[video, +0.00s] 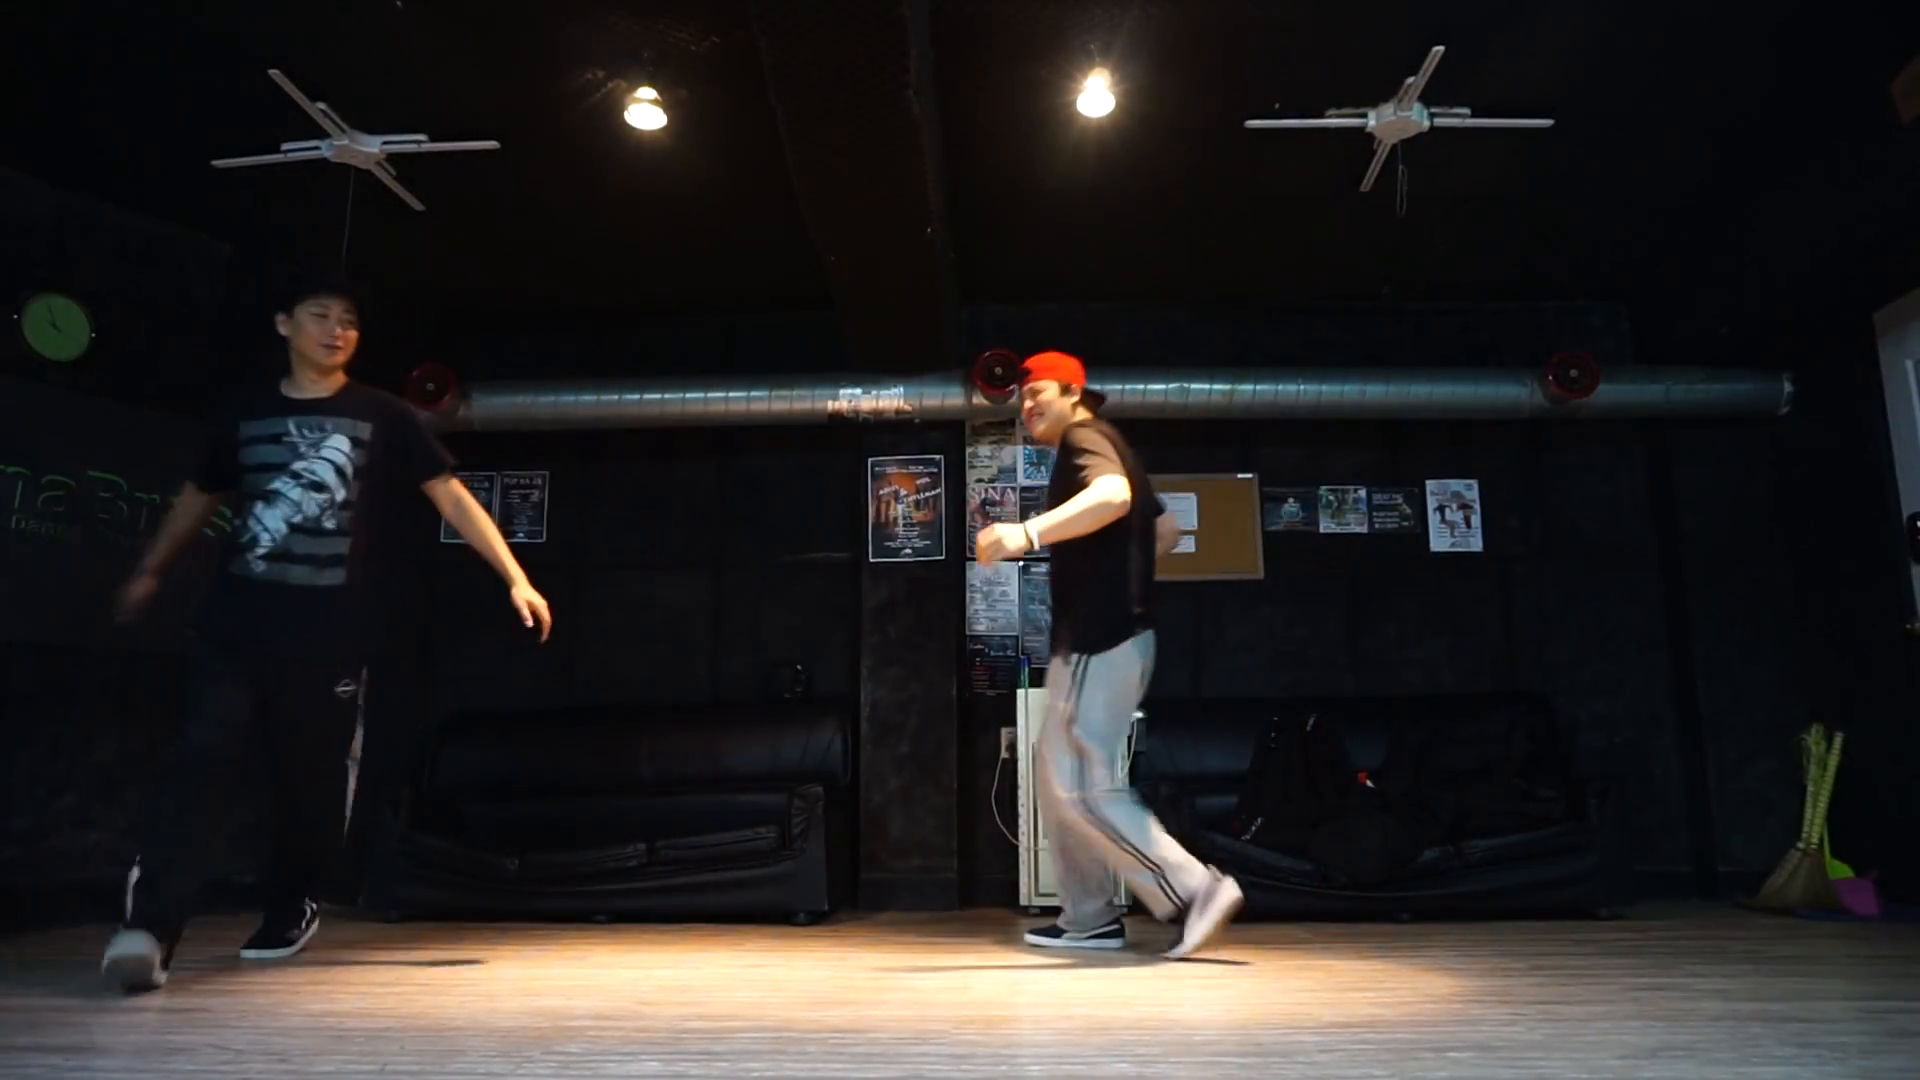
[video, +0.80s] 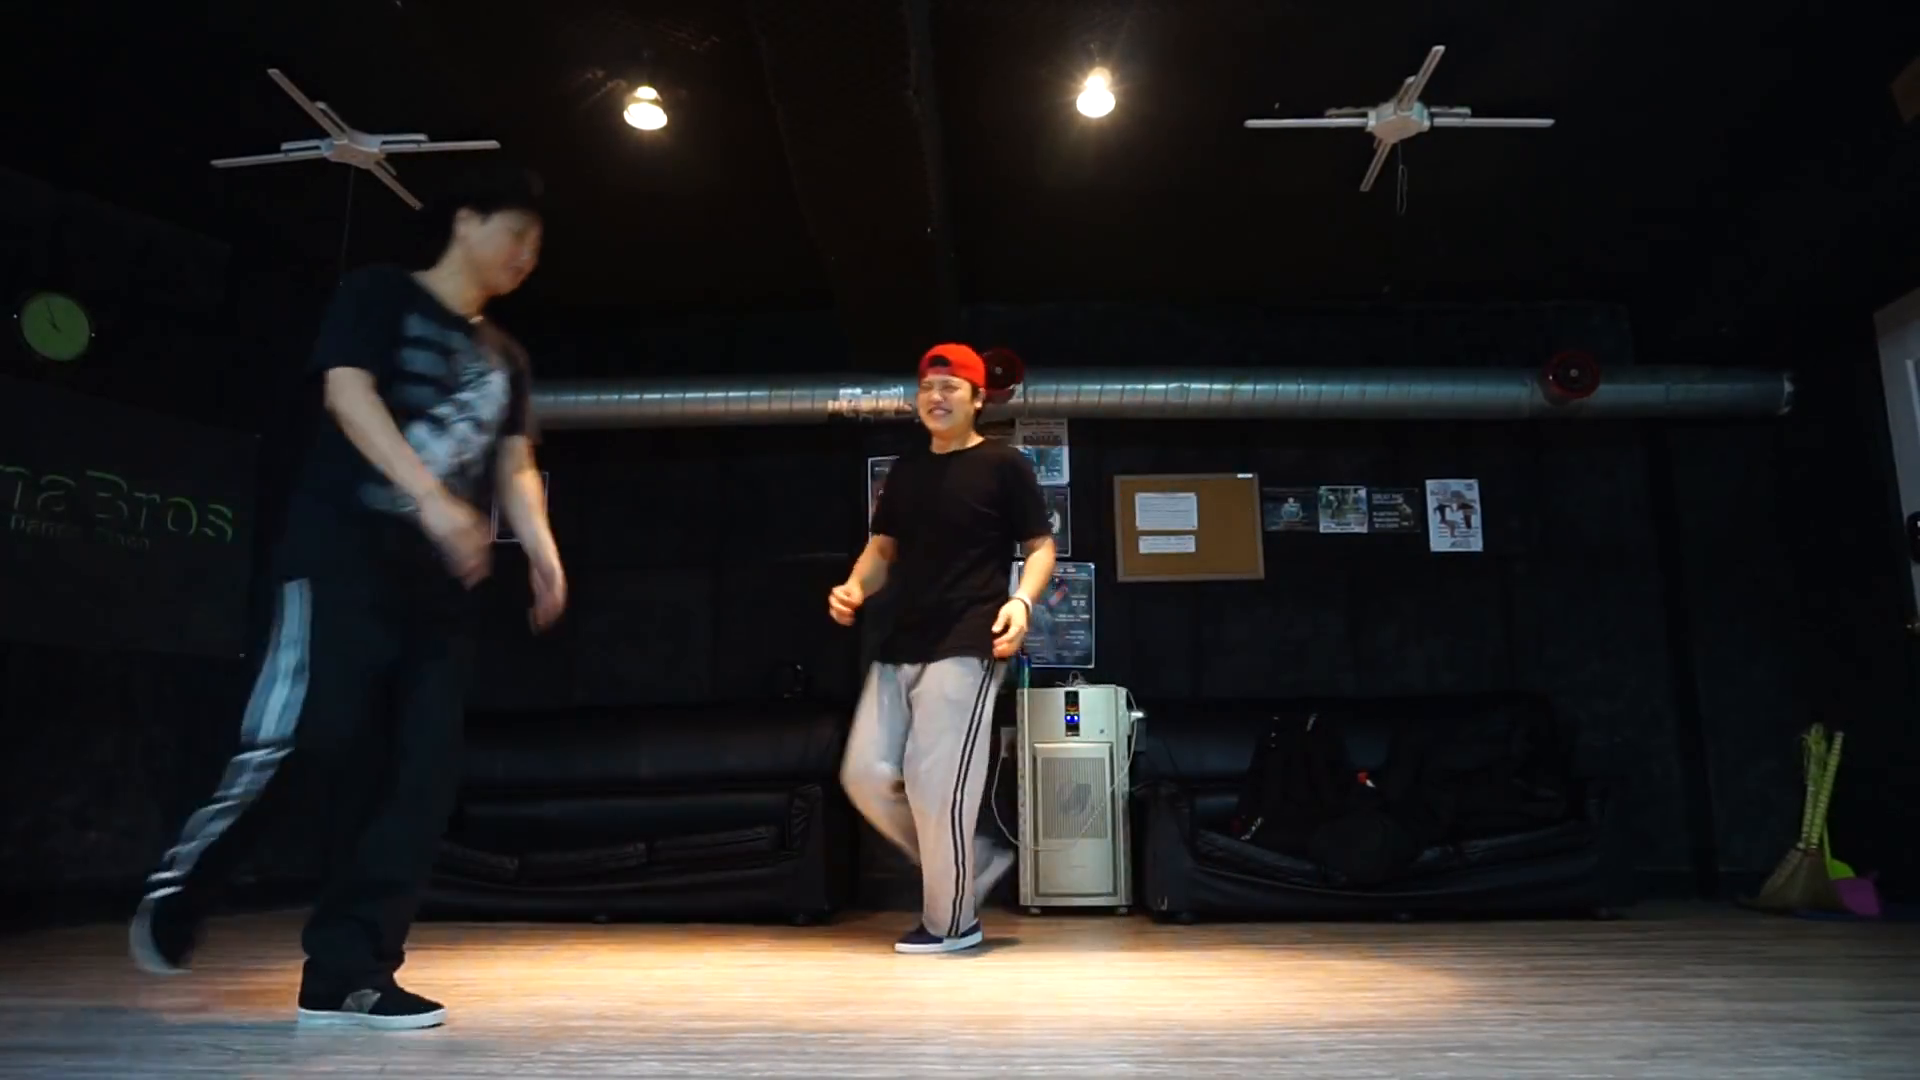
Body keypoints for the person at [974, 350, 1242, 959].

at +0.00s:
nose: (1026, 406)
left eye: (1037, 394)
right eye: (1023, 397)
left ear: (1071, 395)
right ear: (1035, 405)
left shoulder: (1084, 435)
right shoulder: (1101, 441)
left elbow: (1111, 494)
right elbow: (1166, 528)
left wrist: (1025, 534)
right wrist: (1099, 564)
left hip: (1105, 645)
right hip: (1091, 643)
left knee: (1085, 787)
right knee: (1061, 782)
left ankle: (1200, 892)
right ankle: (1090, 923)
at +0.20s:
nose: (1002, 415)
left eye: (1014, 404)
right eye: (997, 407)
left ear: (1047, 409)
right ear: (995, 418)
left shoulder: (1067, 454)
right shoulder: (1049, 466)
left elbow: (1109, 513)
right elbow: (1073, 549)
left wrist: (1048, 570)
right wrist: (1020, 562)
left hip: (1063, 646)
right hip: (1079, 647)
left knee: (994, 773)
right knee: (1035, 776)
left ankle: (1108, 878)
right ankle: (1086, 914)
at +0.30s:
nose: (992, 405)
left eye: (1004, 392)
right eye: (986, 396)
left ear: (1037, 399)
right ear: (984, 407)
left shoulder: (1058, 448)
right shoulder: (1033, 460)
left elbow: (1111, 508)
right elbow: (1038, 553)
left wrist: (1057, 570)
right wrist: (977, 548)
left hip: (1046, 643)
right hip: (1057, 643)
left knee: (978, 765)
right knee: (1044, 778)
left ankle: (1045, 904)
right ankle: (1093, 916)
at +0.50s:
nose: (970, 385)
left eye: (983, 376)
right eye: (964, 377)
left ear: (1012, 390)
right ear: (957, 393)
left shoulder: (1035, 444)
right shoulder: (973, 465)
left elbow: (1097, 509)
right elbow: (952, 552)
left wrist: (1049, 578)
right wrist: (883, 541)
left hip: (1019, 634)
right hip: (993, 636)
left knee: (966, 766)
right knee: (1025, 774)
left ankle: (950, 917)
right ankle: (1089, 912)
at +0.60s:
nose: (957, 392)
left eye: (972, 383)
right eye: (950, 384)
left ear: (1000, 396)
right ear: (943, 397)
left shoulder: (1023, 456)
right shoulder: (949, 470)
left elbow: (1075, 532)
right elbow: (915, 553)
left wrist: (1040, 602)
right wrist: (853, 559)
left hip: (1001, 638)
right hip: (966, 639)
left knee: (946, 773)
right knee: (988, 781)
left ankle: (949, 923)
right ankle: (1074, 900)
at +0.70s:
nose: (948, 401)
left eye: (962, 391)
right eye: (939, 391)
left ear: (989, 401)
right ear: (929, 401)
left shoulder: (1015, 467)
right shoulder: (925, 473)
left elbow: (1057, 546)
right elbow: (894, 551)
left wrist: (1031, 605)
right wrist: (848, 579)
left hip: (983, 641)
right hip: (924, 644)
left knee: (939, 777)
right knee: (901, 782)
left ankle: (951, 926)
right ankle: (1033, 870)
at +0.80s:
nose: (935, 396)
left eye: (949, 388)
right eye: (928, 387)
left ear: (976, 399)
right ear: (918, 399)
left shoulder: (1004, 468)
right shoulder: (907, 469)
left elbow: (1042, 548)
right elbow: (881, 547)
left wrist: (1023, 601)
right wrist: (856, 586)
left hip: (965, 645)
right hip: (896, 646)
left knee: (936, 778)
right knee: (865, 775)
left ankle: (951, 925)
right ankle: (974, 860)